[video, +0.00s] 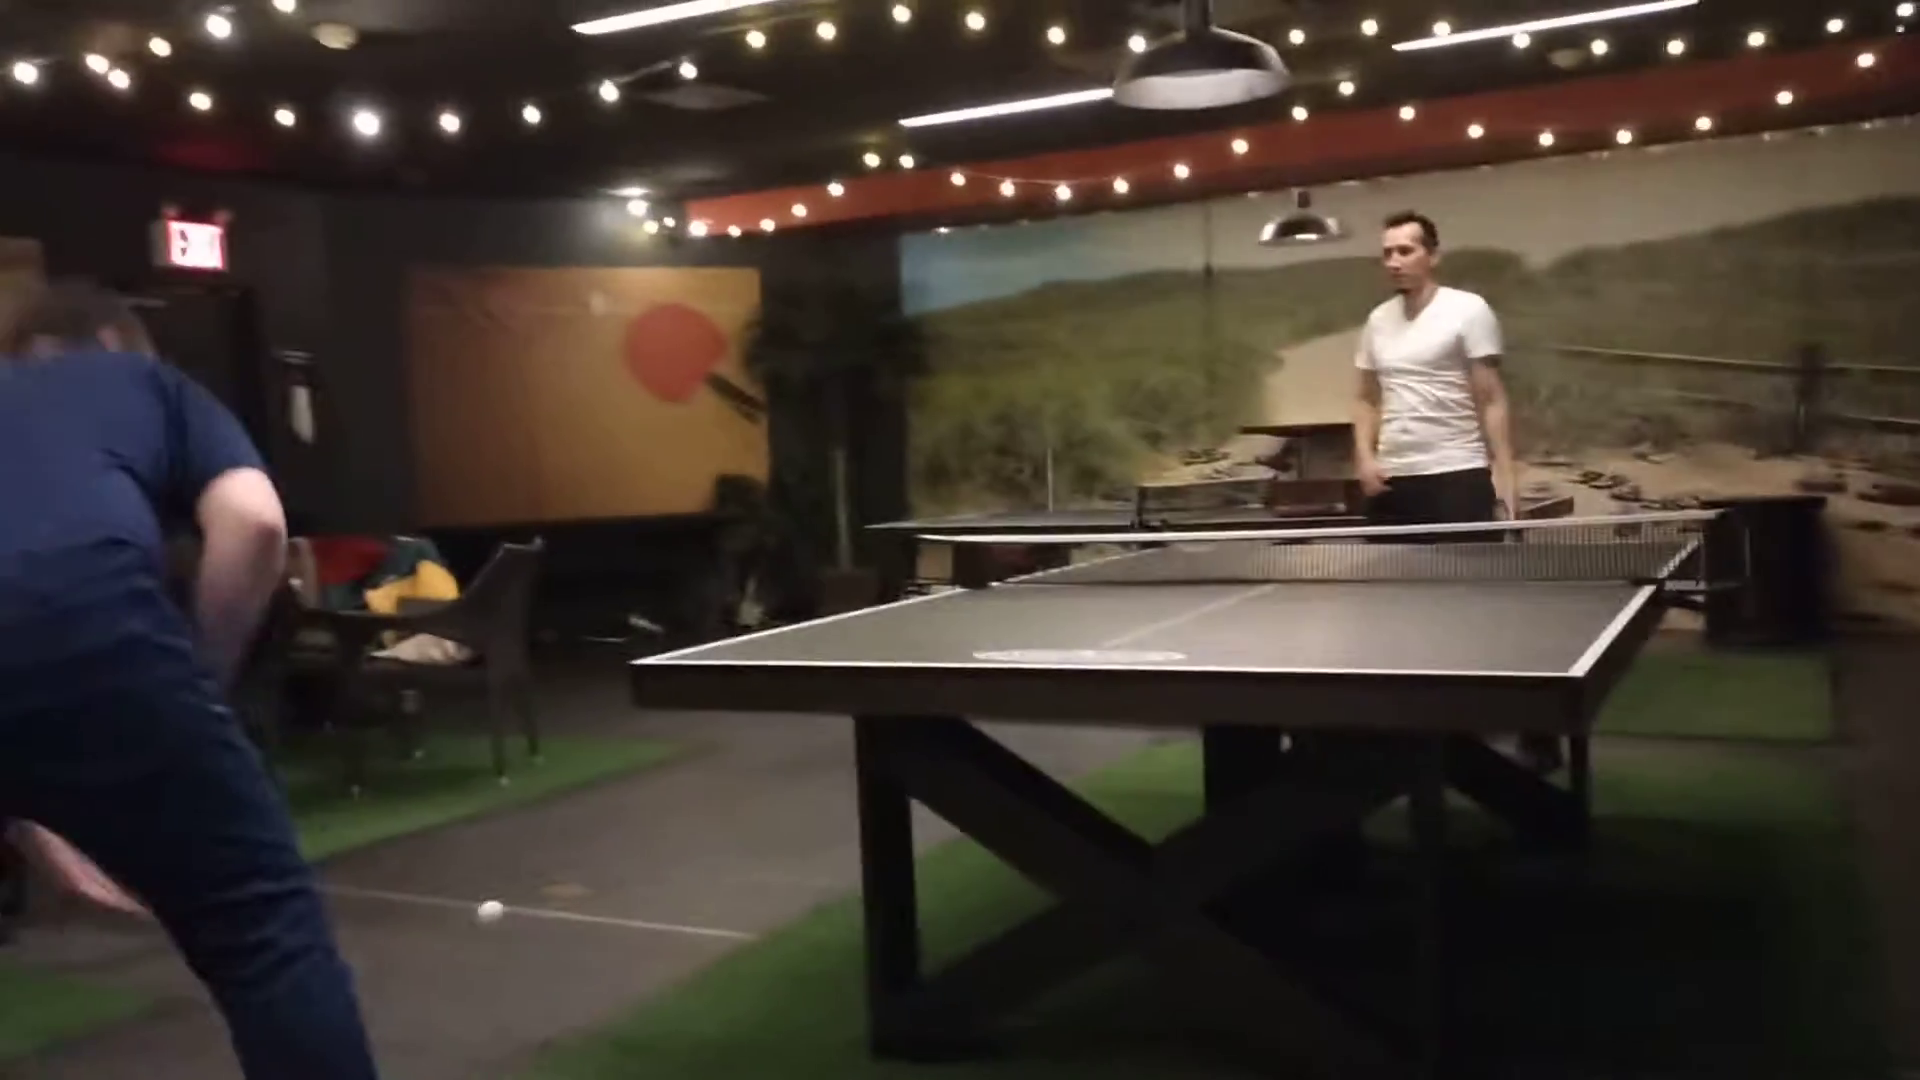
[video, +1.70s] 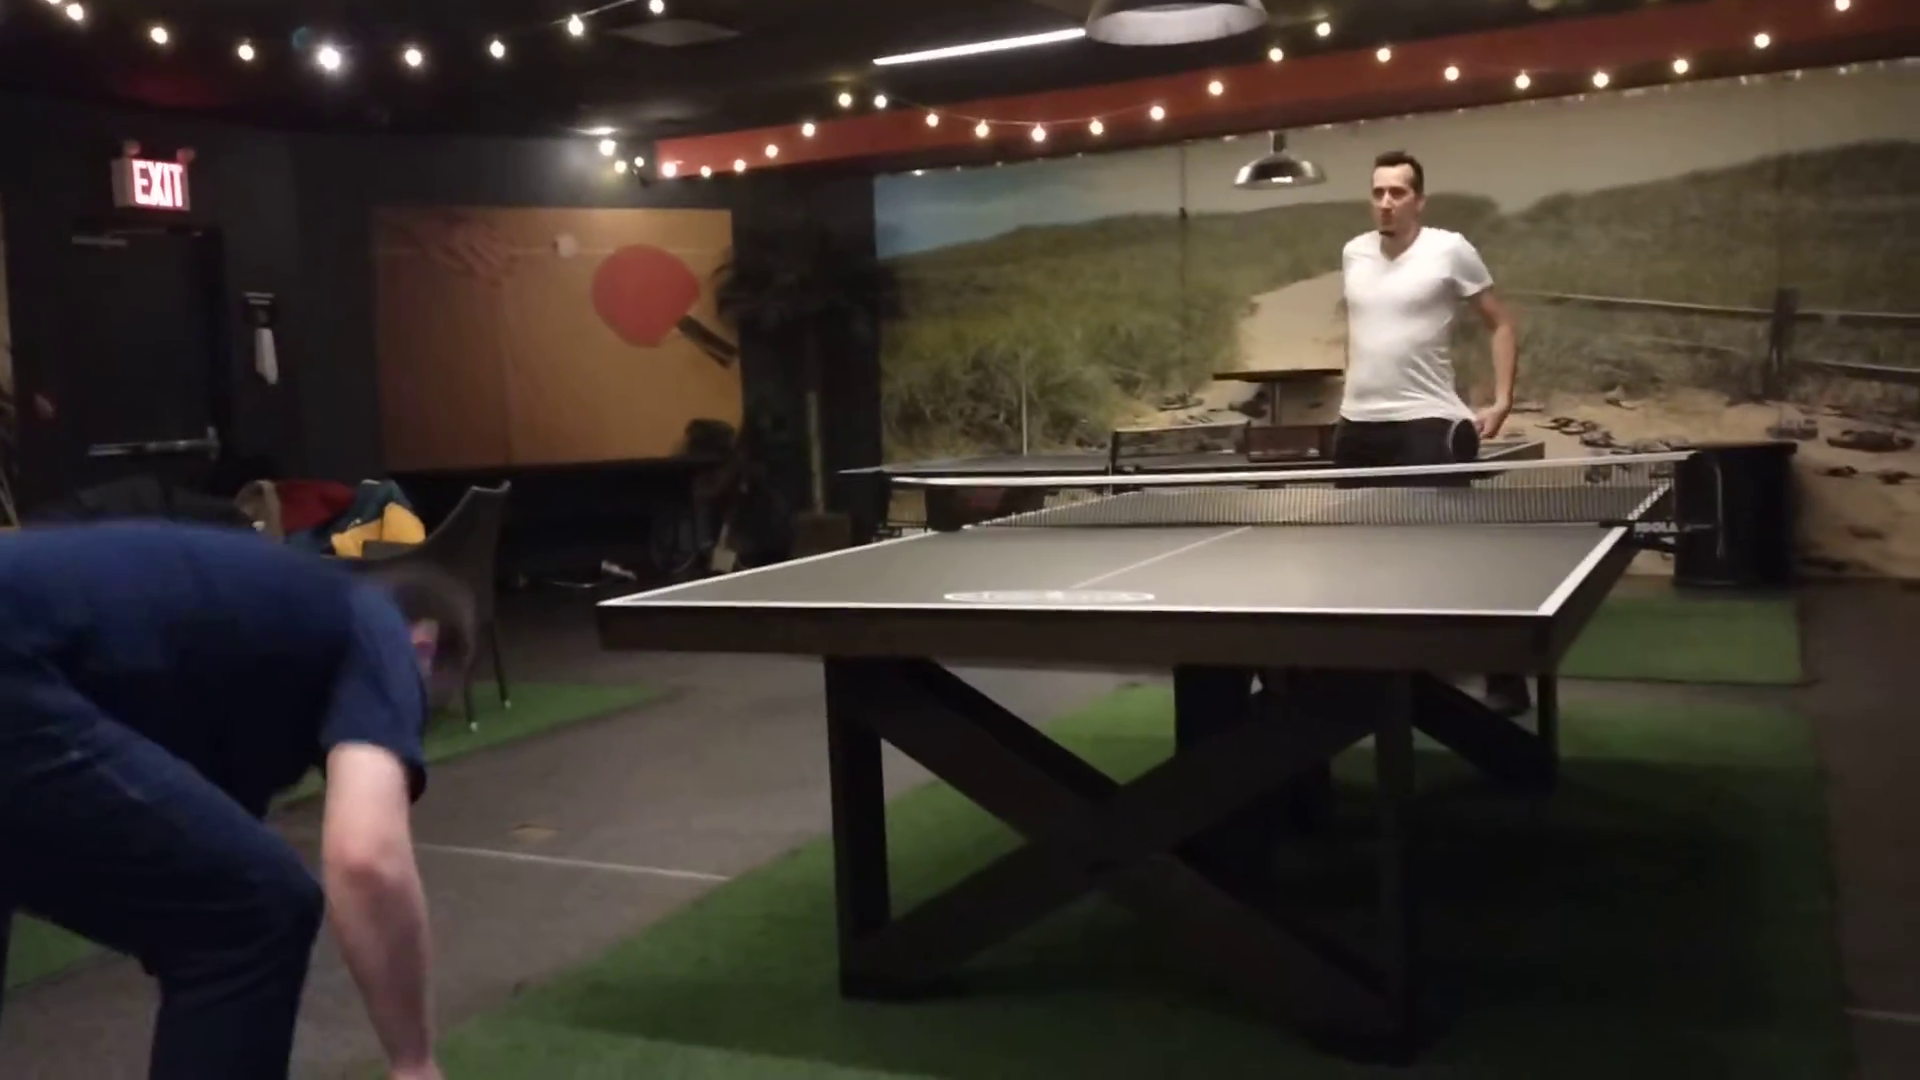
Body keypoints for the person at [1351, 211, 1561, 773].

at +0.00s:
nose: (1394, 261)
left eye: (1405, 251)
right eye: (1388, 253)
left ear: (1432, 255)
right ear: (1383, 261)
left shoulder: (1468, 310)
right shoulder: (1378, 322)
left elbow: (1491, 399)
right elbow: (1366, 398)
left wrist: (1505, 480)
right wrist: (1363, 458)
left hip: (1460, 481)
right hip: (1395, 486)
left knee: (1470, 598)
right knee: (1399, 601)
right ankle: (1406, 728)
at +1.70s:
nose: (1385, 201)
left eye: (1397, 192)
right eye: (1378, 192)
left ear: (1420, 199)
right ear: (1370, 199)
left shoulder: (1450, 250)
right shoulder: (1355, 253)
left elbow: (1501, 323)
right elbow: (1360, 331)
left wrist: (1501, 403)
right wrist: (1352, 398)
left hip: (1430, 427)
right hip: (1360, 429)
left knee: (1446, 552)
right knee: (1357, 554)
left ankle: (1500, 678)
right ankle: (1364, 682)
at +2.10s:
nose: (1377, 168)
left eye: (1388, 159)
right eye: (1369, 159)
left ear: (1410, 168)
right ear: (1360, 168)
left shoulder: (1436, 225)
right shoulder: (1341, 230)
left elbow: (1468, 310)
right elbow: (1303, 299)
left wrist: (1420, 378)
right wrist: (1284, 340)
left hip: (1414, 401)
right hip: (1344, 402)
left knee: (1443, 519)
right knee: (1341, 521)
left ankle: (1484, 648)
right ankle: (1343, 652)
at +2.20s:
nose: (1372, 165)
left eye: (1383, 155)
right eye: (1364, 156)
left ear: (1405, 163)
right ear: (1354, 164)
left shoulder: (1433, 219)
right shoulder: (1337, 224)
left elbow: (1466, 303)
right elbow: (1290, 309)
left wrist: (1408, 351)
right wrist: (1302, 276)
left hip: (1411, 394)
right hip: (1343, 394)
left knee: (1437, 512)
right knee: (1340, 514)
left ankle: (1479, 644)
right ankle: (1343, 647)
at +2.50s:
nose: (1356, 169)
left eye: (1367, 158)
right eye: (1350, 159)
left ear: (1392, 158)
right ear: (1342, 162)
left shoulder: (1426, 211)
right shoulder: (1330, 210)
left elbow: (1449, 300)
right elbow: (1286, 275)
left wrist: (1381, 314)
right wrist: (1320, 198)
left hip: (1401, 383)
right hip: (1333, 382)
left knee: (1425, 501)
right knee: (1331, 503)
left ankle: (1466, 629)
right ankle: (1334, 634)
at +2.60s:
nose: (1357, 166)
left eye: (1367, 156)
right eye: (1350, 157)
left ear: (1391, 157)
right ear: (1341, 159)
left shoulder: (1424, 210)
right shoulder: (1328, 208)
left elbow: (1449, 297)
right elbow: (1284, 271)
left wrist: (1378, 316)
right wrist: (1320, 194)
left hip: (1398, 379)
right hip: (1329, 379)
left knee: (1423, 499)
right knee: (1328, 501)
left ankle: (1462, 627)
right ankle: (1330, 632)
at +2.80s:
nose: (1354, 163)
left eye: (1363, 154)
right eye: (1349, 153)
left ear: (1381, 154)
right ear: (1338, 151)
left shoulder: (1418, 203)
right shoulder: (1326, 200)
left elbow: (1443, 290)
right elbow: (1283, 267)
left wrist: (1380, 326)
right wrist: (1317, 185)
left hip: (1390, 381)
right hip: (1322, 381)